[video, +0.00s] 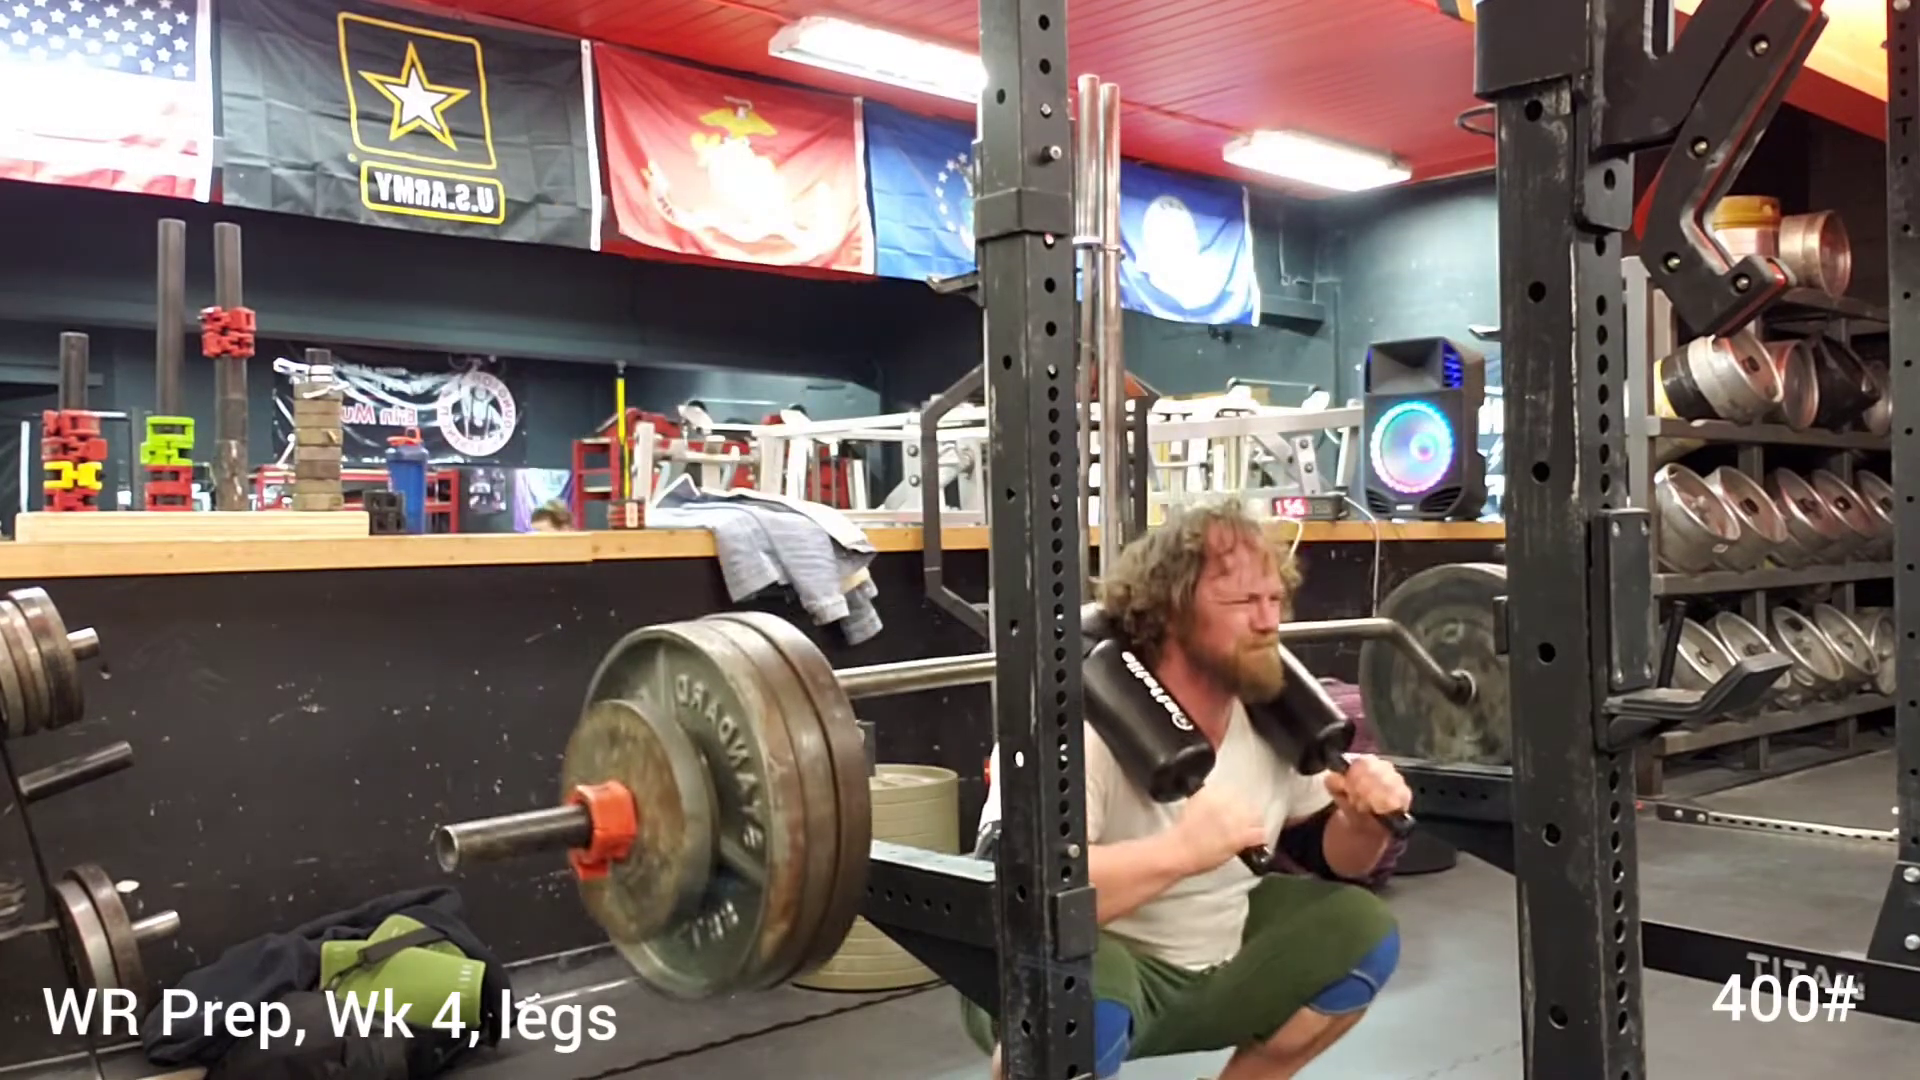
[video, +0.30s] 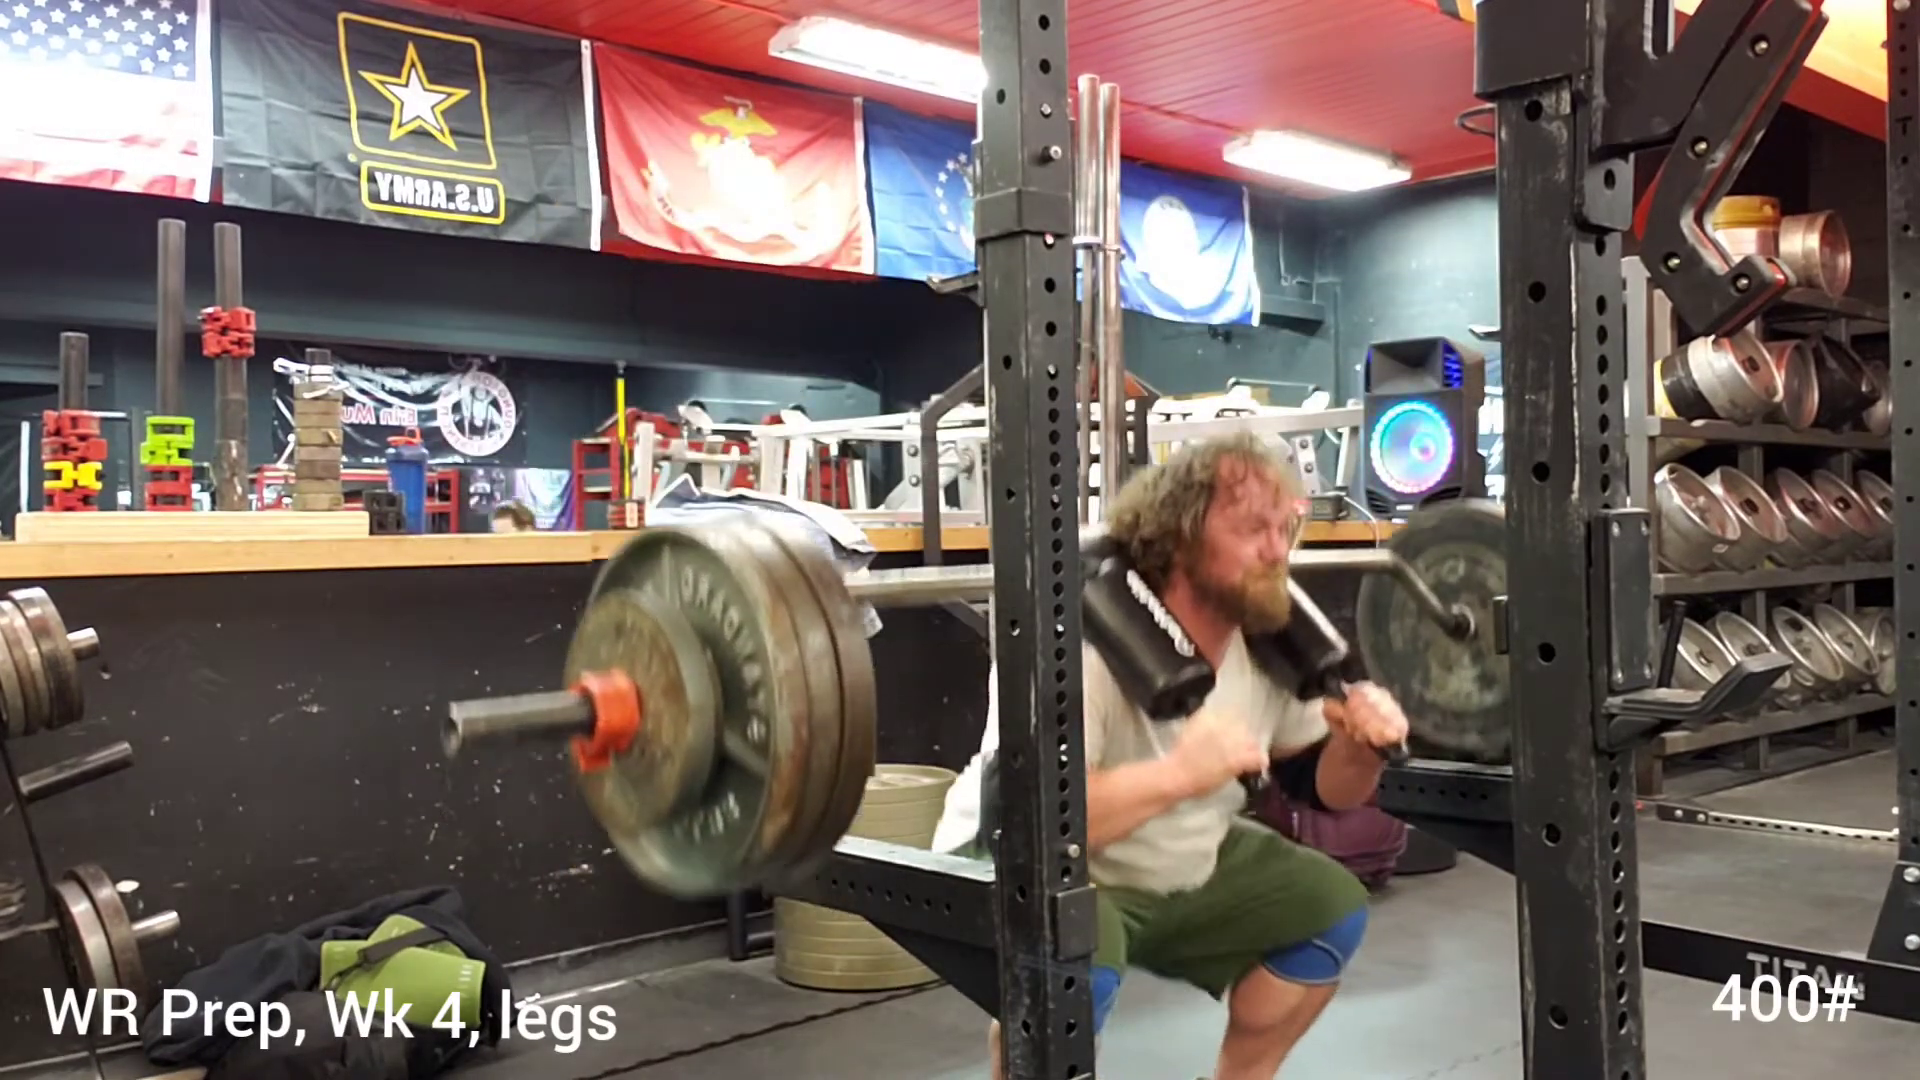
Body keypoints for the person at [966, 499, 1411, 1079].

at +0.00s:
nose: (1268, 622)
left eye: (1273, 599)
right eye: (1240, 601)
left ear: (1284, 597)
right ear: (1171, 611)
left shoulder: (1270, 700)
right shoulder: (1086, 714)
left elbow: (1336, 858)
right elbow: (1025, 890)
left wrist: (1367, 816)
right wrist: (1179, 849)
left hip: (1229, 949)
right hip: (1106, 960)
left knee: (1362, 932)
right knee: (1084, 1001)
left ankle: (1247, 1074)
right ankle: (1016, 1070)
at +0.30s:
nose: (1277, 550)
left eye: (1286, 529)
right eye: (1253, 529)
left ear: (1296, 527)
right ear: (1180, 535)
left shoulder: (1271, 626)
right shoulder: (1082, 632)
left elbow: (1336, 791)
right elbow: (1038, 815)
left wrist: (1362, 743)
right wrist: (1179, 774)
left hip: (1187, 853)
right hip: (1050, 866)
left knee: (1330, 911)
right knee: (1083, 962)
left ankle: (1240, 1075)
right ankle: (1019, 1071)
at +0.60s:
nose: (1264, 446)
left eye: (1270, 427)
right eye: (1238, 426)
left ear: (1280, 434)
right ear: (1168, 435)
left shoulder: (1268, 537)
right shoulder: (1074, 537)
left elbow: (1323, 706)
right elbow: (1027, 728)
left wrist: (1352, 648)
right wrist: (1168, 673)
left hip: (1182, 789)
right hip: (1039, 802)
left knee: (1315, 904)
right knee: (1067, 955)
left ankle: (1239, 1073)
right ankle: (1010, 1068)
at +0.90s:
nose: (1249, 354)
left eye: (1255, 336)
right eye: (1225, 334)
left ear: (1263, 348)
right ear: (1157, 345)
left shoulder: (1258, 457)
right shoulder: (1063, 448)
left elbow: (1315, 629)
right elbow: (1004, 630)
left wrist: (1340, 567)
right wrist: (1156, 579)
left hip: (1197, 752)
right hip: (1060, 754)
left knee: (1306, 905)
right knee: (1059, 956)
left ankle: (1235, 1075)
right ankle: (1007, 1069)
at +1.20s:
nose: (1229, 231)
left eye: (1236, 215)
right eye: (1204, 213)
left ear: (1246, 233)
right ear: (1141, 225)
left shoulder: (1248, 357)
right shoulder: (1057, 338)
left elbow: (1303, 525)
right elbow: (1005, 512)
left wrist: (1333, 460)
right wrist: (1150, 447)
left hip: (1200, 678)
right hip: (1065, 681)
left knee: (1256, 891)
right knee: (1049, 923)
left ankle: (1230, 1073)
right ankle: (1016, 1071)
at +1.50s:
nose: (1228, 187)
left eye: (1232, 168)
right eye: (1200, 168)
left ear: (1240, 185)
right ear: (1133, 187)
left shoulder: (1247, 322)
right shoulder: (1050, 300)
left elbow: (1288, 486)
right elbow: (979, 478)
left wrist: (1328, 416)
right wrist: (1134, 411)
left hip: (1216, 672)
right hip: (1081, 669)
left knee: (1213, 910)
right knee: (1052, 921)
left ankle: (1221, 1074)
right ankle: (1020, 1072)